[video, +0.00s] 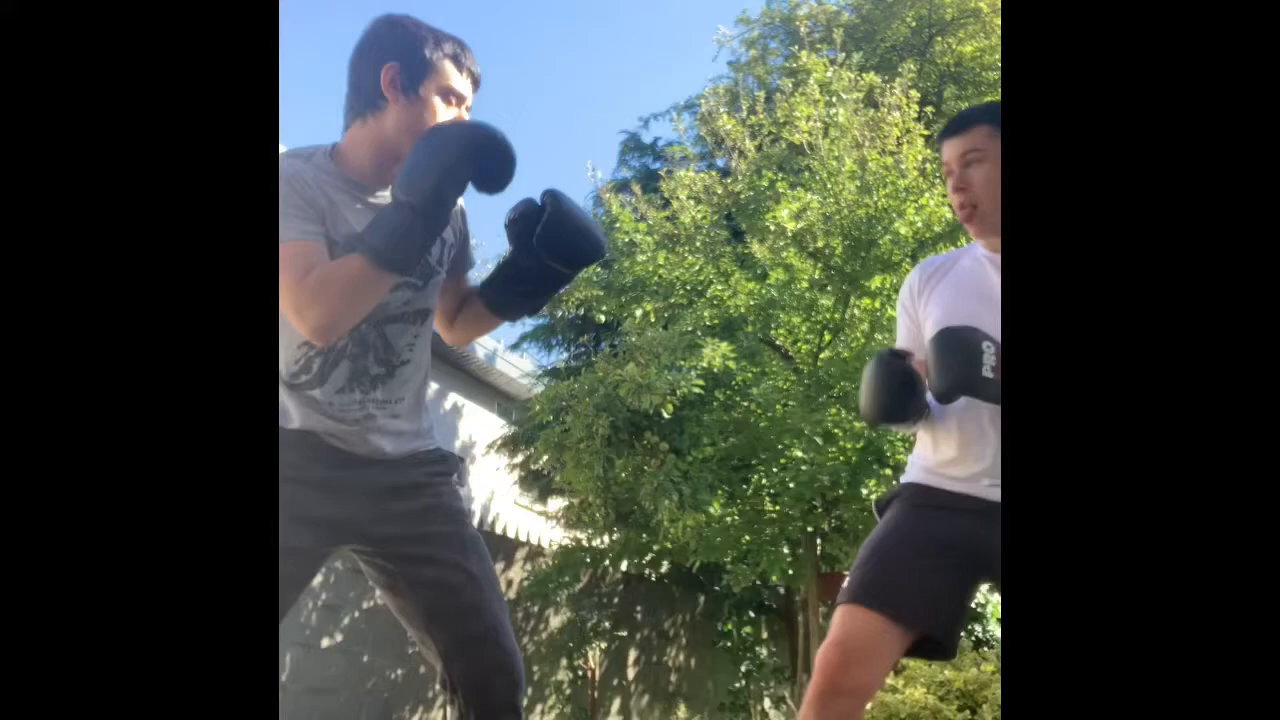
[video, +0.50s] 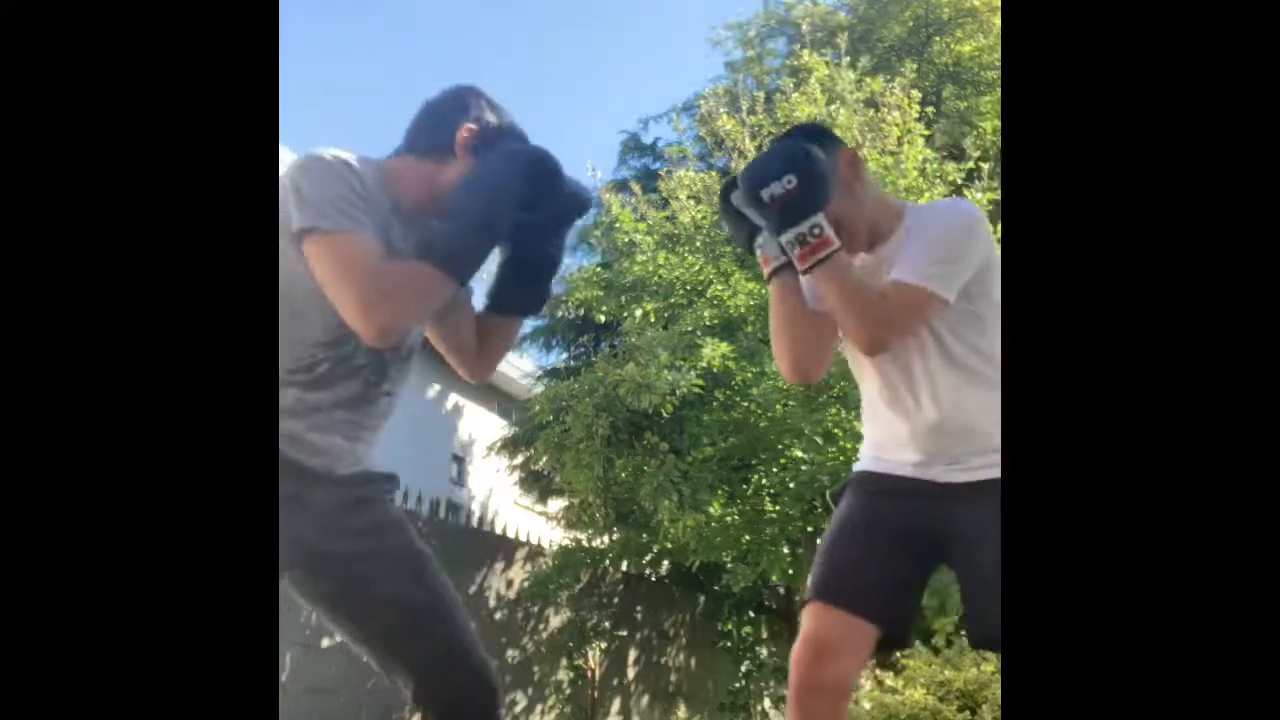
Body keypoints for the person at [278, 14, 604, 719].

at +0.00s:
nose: (464, 122)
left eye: (468, 107)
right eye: (453, 99)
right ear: (393, 82)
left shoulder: (440, 207)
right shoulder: (295, 178)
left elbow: (455, 324)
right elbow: (317, 315)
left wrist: (522, 280)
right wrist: (416, 204)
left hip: (410, 467)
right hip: (300, 457)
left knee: (493, 672)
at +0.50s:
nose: (503, 175)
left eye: (510, 164)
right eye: (502, 157)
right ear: (467, 137)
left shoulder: (429, 244)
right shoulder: (321, 179)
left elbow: (476, 360)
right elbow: (378, 317)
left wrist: (538, 242)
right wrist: (486, 207)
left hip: (339, 486)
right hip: (287, 469)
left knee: (464, 688)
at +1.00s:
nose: (543, 271)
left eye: (552, 263)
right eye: (545, 250)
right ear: (512, 216)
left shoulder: (439, 325)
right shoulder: (420, 237)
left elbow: (443, 460)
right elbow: (431, 172)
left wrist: (551, 411)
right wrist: (564, 212)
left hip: (334, 505)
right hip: (288, 475)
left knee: (467, 674)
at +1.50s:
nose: (694, 255)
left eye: (697, 248)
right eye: (685, 235)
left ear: (673, 263)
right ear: (635, 222)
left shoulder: (649, 321)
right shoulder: (545, 235)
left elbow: (761, 289)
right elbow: (454, 155)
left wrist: (863, 223)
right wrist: (566, 163)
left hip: (503, 488)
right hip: (418, 446)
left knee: (607, 661)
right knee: (315, 667)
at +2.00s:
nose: (534, 223)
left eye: (539, 214)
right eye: (522, 205)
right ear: (470, 198)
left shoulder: (515, 316)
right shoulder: (385, 269)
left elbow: (519, 442)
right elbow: (358, 361)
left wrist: (581, 390)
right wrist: (454, 283)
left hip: (455, 522)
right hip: (357, 510)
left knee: (555, 680)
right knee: (286, 686)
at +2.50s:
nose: (459, 225)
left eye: (465, 215)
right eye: (451, 205)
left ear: (460, 230)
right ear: (397, 195)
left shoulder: (445, 303)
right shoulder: (313, 276)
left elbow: (511, 392)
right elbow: (326, 383)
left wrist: (524, 281)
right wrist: (396, 290)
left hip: (412, 519)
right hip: (311, 507)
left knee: (456, 701)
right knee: (277, 663)